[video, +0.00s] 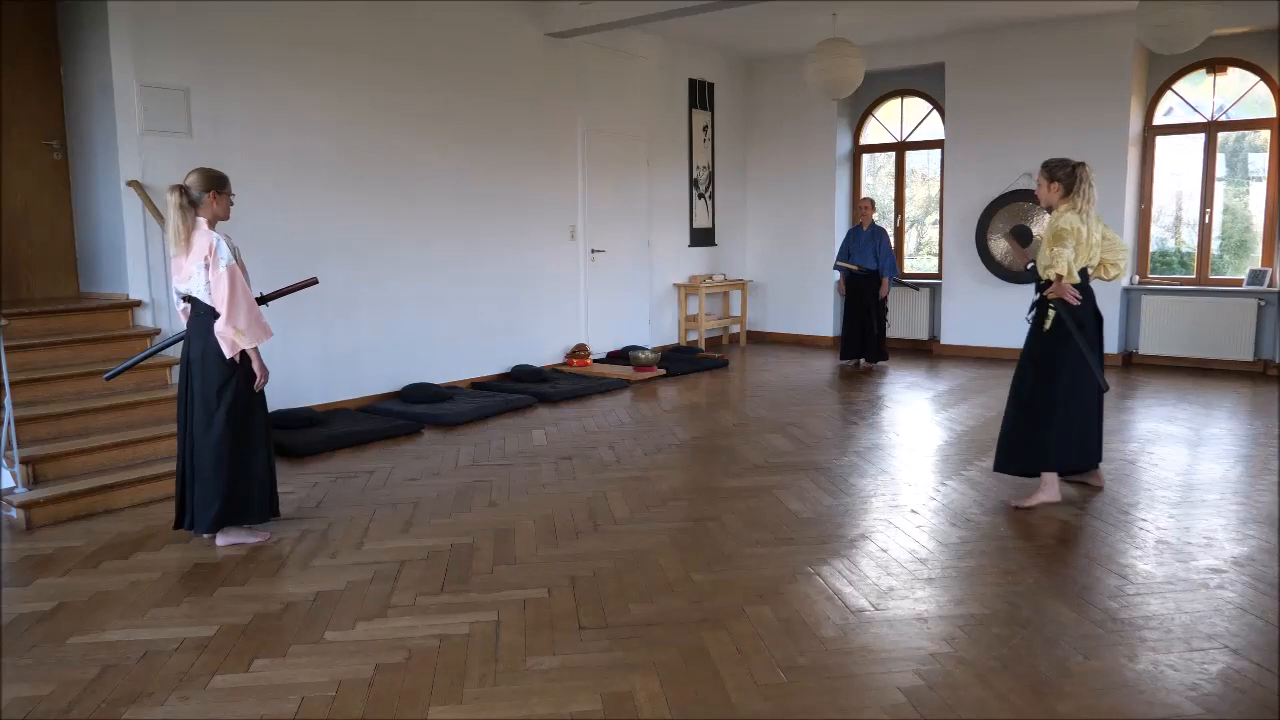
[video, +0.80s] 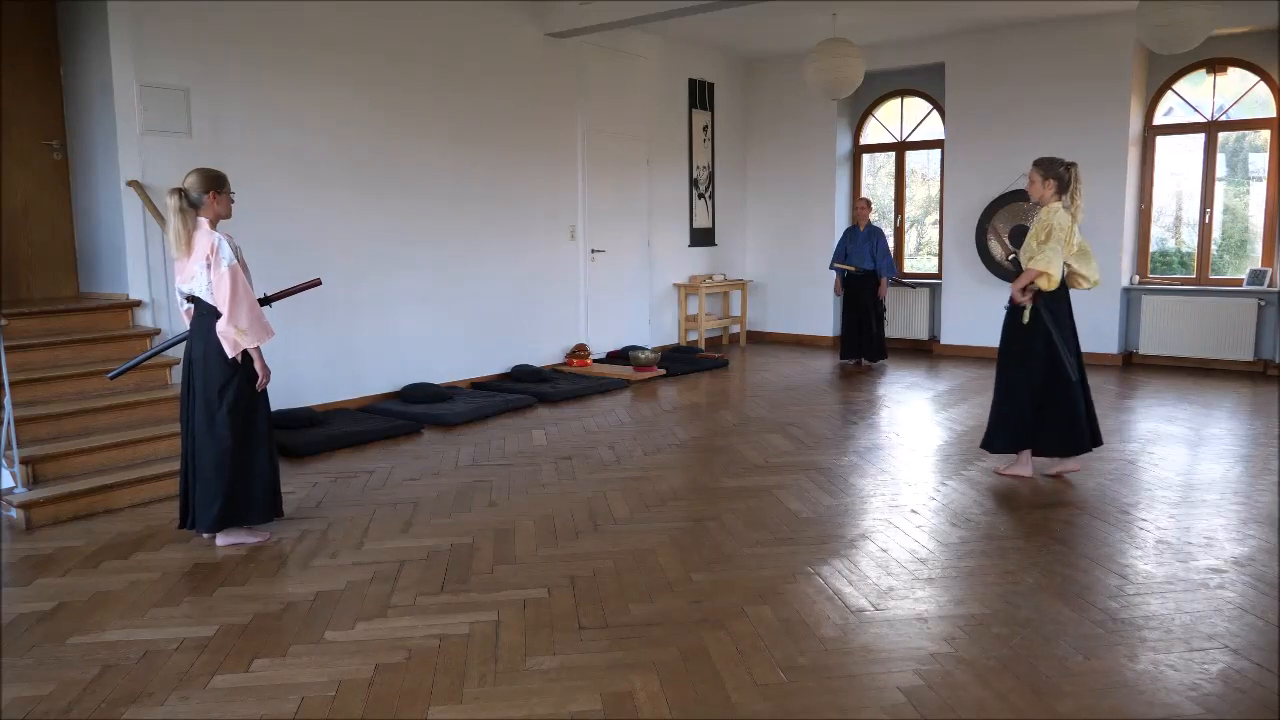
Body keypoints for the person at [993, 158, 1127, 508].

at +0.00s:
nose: (1037, 192)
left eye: (1040, 186)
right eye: (1038, 186)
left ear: (1057, 188)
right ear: (1069, 189)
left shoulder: (1061, 220)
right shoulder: (1091, 220)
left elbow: (1059, 256)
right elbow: (1116, 260)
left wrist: (1056, 281)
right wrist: (1083, 271)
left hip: (1058, 314)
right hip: (1086, 312)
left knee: (1044, 394)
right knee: (1083, 390)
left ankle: (1049, 484)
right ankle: (1091, 468)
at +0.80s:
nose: (1027, 186)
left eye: (1032, 181)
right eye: (1028, 180)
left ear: (1049, 184)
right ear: (1051, 185)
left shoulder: (1053, 215)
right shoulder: (1060, 215)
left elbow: (1048, 259)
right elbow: (1066, 261)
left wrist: (1018, 283)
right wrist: (1034, 278)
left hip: (1037, 302)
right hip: (1054, 302)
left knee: (1023, 377)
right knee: (1058, 376)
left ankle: (1023, 460)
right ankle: (1071, 454)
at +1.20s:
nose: (1024, 183)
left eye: (1029, 178)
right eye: (1025, 177)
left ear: (1047, 183)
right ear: (1048, 183)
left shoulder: (1042, 216)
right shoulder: (1052, 213)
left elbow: (1027, 268)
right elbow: (1028, 261)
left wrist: (1000, 310)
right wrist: (997, 245)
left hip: (1033, 300)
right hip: (1040, 296)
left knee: (1027, 374)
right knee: (1027, 374)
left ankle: (1025, 458)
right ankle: (1019, 453)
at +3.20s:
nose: (1010, 185)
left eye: (1014, 180)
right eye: (1011, 179)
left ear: (1030, 182)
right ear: (1034, 182)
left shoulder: (1031, 217)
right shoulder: (1048, 214)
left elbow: (1020, 267)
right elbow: (1016, 253)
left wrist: (1000, 308)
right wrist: (986, 243)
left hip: (1028, 301)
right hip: (1040, 298)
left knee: (1025, 376)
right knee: (1033, 375)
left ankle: (1024, 459)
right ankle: (1026, 455)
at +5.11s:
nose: (984, 187)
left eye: (988, 181)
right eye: (985, 181)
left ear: (1003, 184)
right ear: (1010, 185)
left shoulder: (1004, 217)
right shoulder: (1022, 216)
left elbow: (992, 269)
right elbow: (994, 266)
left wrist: (973, 308)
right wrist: (965, 251)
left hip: (1000, 302)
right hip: (1015, 298)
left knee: (1000, 375)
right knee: (1008, 375)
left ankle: (1005, 457)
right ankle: (1007, 454)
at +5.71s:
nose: (956, 192)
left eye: (959, 187)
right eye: (957, 186)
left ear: (975, 188)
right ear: (980, 189)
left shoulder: (976, 218)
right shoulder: (995, 215)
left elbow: (983, 265)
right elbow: (996, 257)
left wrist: (950, 277)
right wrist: (956, 250)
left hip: (978, 304)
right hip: (991, 301)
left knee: (988, 376)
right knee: (984, 375)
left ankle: (999, 458)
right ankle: (984, 449)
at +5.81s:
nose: (945, 195)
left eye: (948, 190)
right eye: (945, 189)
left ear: (963, 191)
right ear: (969, 191)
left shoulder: (965, 220)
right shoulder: (984, 217)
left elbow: (971, 265)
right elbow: (981, 258)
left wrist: (942, 266)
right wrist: (940, 252)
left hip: (966, 303)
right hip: (981, 300)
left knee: (950, 373)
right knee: (985, 375)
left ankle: (997, 459)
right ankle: (949, 443)